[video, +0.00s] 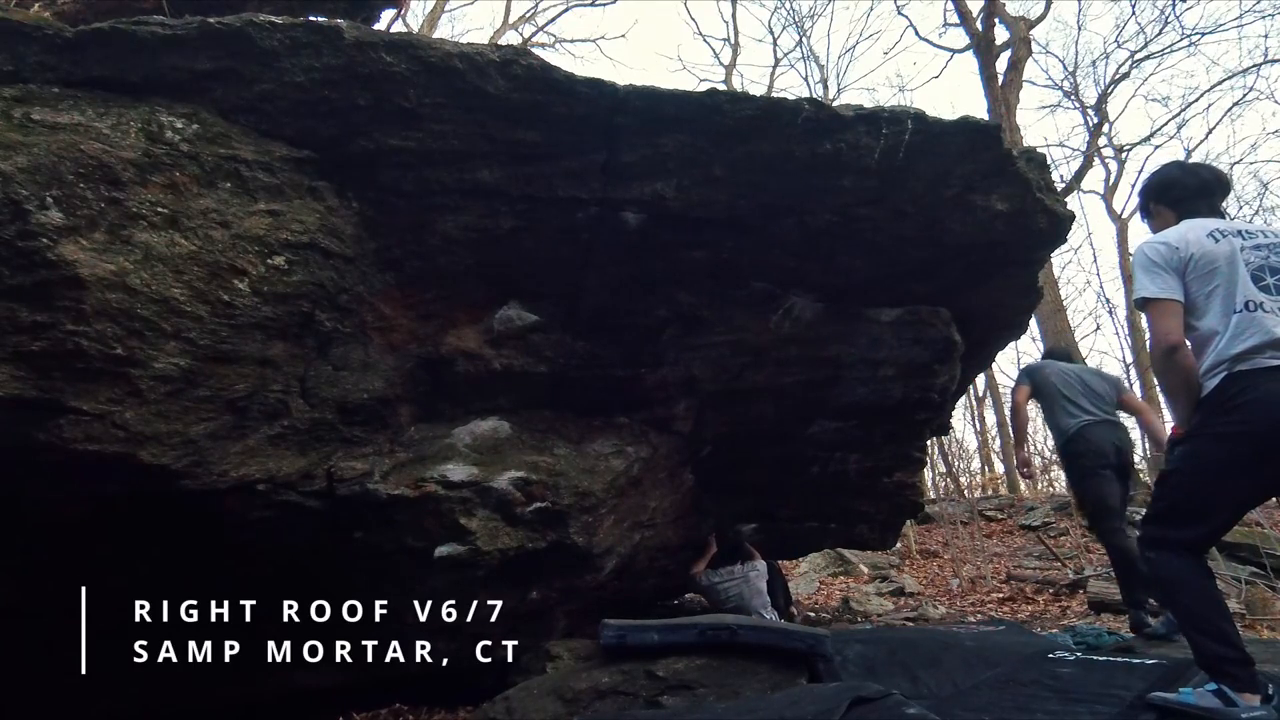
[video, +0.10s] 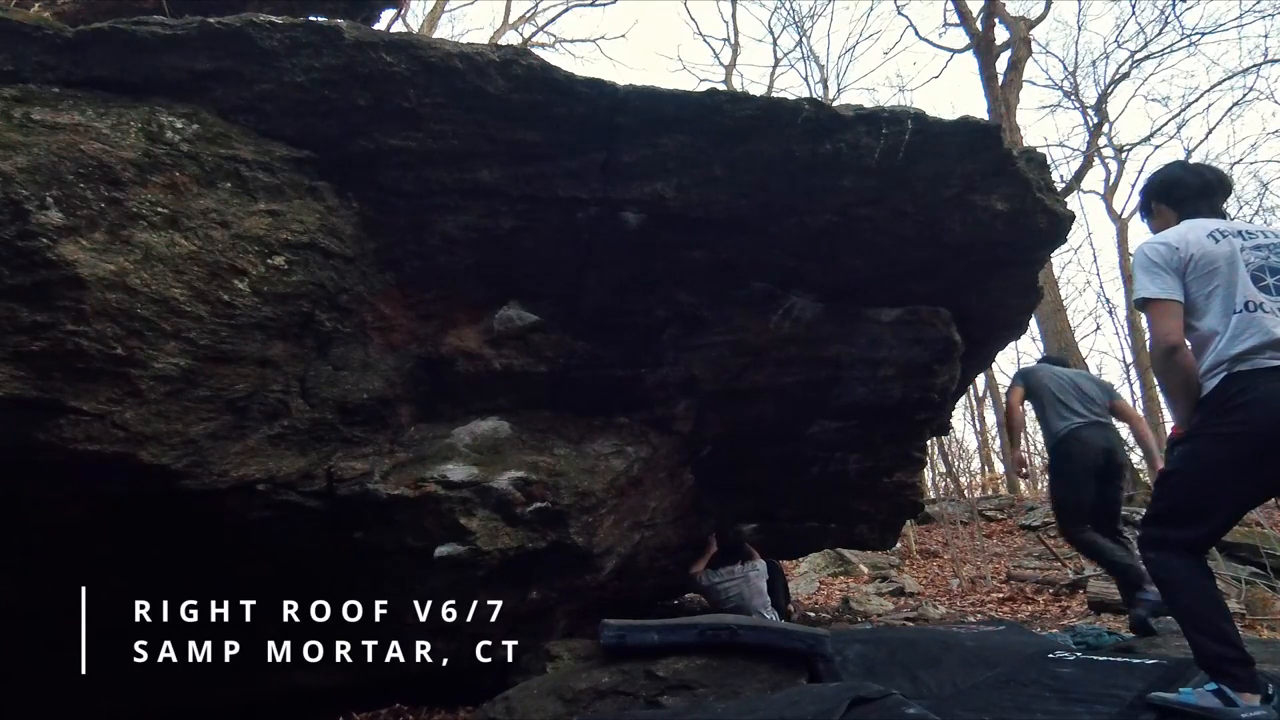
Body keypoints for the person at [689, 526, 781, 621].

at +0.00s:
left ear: (717, 559)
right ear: (742, 554)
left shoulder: (709, 581)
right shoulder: (757, 570)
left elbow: (693, 573)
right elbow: (756, 558)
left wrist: (710, 550)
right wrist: (742, 543)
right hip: (769, 629)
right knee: (771, 566)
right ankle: (788, 611)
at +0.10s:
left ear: (716, 559)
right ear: (742, 551)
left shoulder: (709, 580)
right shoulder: (758, 569)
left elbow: (693, 573)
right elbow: (756, 557)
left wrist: (710, 551)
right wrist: (741, 542)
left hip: (735, 634)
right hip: (769, 628)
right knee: (772, 564)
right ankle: (786, 613)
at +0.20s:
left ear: (717, 558)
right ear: (742, 553)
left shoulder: (710, 581)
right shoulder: (758, 569)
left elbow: (693, 573)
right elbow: (756, 558)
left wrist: (710, 550)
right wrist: (741, 543)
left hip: (736, 634)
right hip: (769, 628)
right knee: (773, 563)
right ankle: (782, 616)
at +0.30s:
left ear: (718, 559)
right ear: (744, 555)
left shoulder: (711, 581)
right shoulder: (758, 570)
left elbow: (694, 573)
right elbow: (756, 558)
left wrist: (710, 551)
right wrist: (742, 544)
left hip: (737, 634)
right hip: (770, 627)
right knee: (774, 561)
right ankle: (782, 619)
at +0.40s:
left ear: (720, 557)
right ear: (743, 552)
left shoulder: (712, 581)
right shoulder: (759, 570)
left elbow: (696, 574)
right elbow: (755, 558)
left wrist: (710, 550)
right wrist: (744, 544)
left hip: (736, 635)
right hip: (769, 630)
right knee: (775, 561)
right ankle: (780, 620)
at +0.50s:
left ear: (721, 558)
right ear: (746, 554)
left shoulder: (713, 582)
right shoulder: (760, 572)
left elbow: (696, 575)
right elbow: (756, 559)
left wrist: (710, 550)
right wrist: (744, 545)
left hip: (735, 635)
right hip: (769, 630)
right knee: (776, 561)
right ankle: (780, 619)